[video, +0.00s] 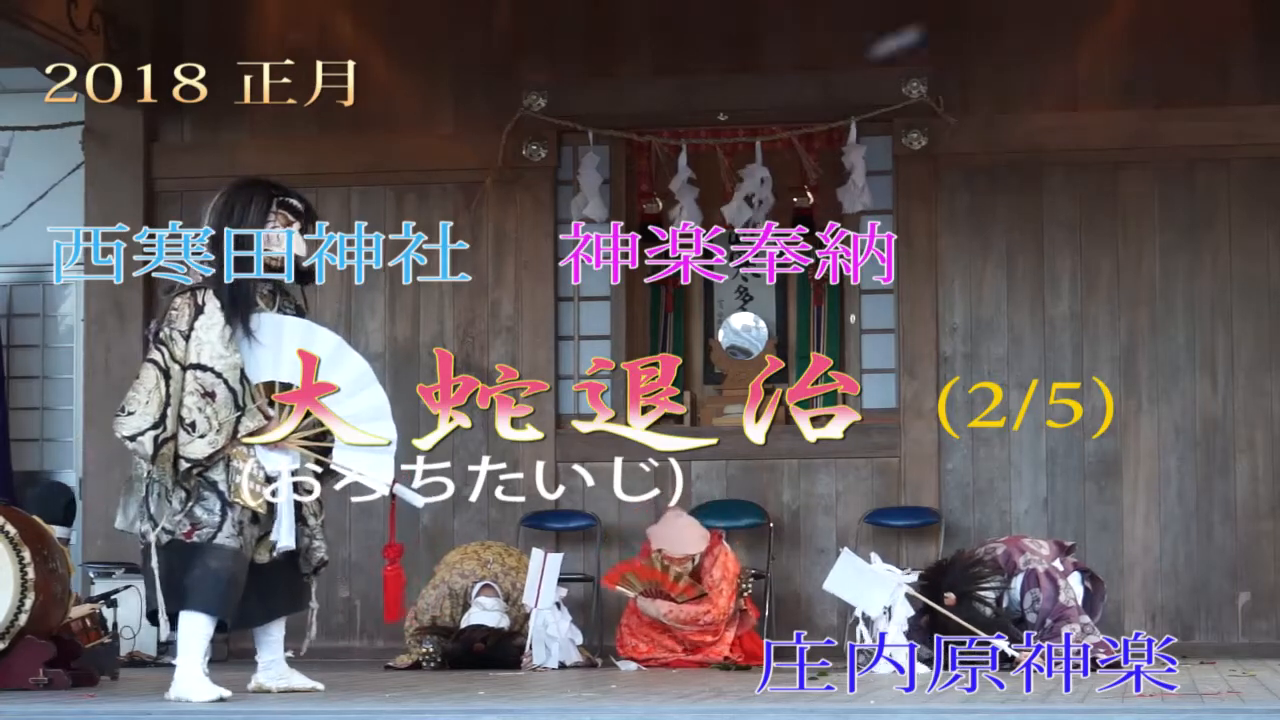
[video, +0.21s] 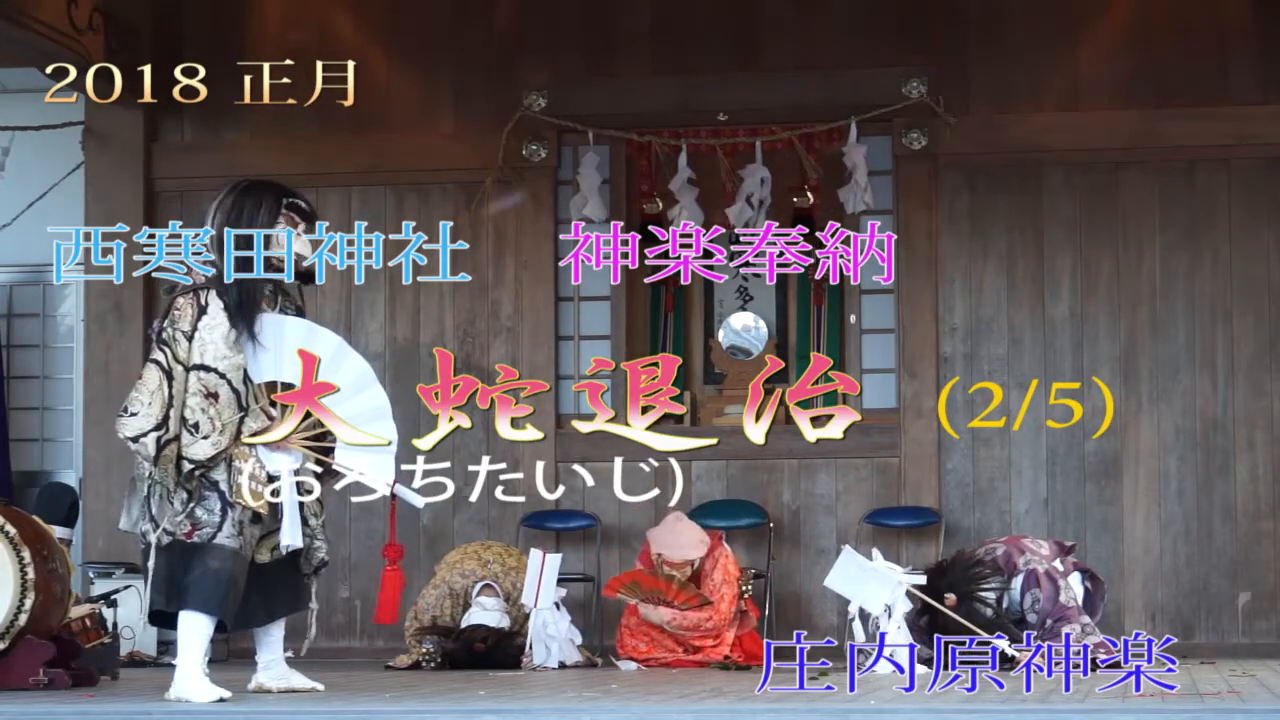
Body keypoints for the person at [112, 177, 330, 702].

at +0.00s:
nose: (292, 238)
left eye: (295, 228)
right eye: (280, 225)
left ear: (293, 240)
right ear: (245, 230)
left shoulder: (286, 305)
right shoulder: (205, 306)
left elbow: (303, 384)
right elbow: (196, 405)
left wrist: (307, 434)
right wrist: (253, 439)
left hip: (272, 457)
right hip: (218, 458)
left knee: (275, 553)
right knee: (218, 553)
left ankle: (272, 665)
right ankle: (189, 673)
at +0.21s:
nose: (303, 239)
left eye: (303, 228)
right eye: (292, 226)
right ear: (256, 231)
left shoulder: (284, 304)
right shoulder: (206, 306)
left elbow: (301, 385)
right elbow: (200, 409)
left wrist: (309, 437)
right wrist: (257, 450)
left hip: (269, 457)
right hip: (215, 457)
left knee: (275, 550)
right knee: (215, 552)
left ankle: (272, 664)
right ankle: (189, 673)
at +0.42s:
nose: (311, 246)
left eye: (310, 233)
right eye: (303, 232)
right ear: (267, 234)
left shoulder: (280, 307)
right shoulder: (210, 306)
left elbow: (295, 389)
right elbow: (205, 409)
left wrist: (309, 438)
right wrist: (263, 446)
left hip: (266, 454)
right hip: (215, 456)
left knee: (277, 547)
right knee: (217, 548)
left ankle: (272, 664)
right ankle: (189, 673)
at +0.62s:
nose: (310, 247)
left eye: (309, 235)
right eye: (302, 233)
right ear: (266, 236)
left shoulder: (272, 309)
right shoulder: (210, 309)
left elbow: (284, 395)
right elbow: (206, 413)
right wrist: (258, 456)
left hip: (263, 454)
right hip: (215, 457)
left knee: (275, 546)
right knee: (219, 546)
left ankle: (272, 664)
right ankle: (190, 672)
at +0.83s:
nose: (306, 250)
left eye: (305, 237)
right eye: (297, 235)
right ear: (263, 239)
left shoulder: (271, 313)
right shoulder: (206, 310)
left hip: (265, 457)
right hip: (214, 458)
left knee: (274, 548)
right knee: (217, 548)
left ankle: (272, 663)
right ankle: (189, 671)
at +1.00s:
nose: (305, 250)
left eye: (304, 237)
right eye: (297, 235)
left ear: (235, 236)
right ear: (263, 239)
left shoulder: (268, 314)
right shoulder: (212, 312)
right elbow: (205, 418)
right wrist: (260, 454)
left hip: (263, 458)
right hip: (217, 460)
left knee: (273, 549)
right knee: (217, 551)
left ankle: (272, 664)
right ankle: (189, 672)